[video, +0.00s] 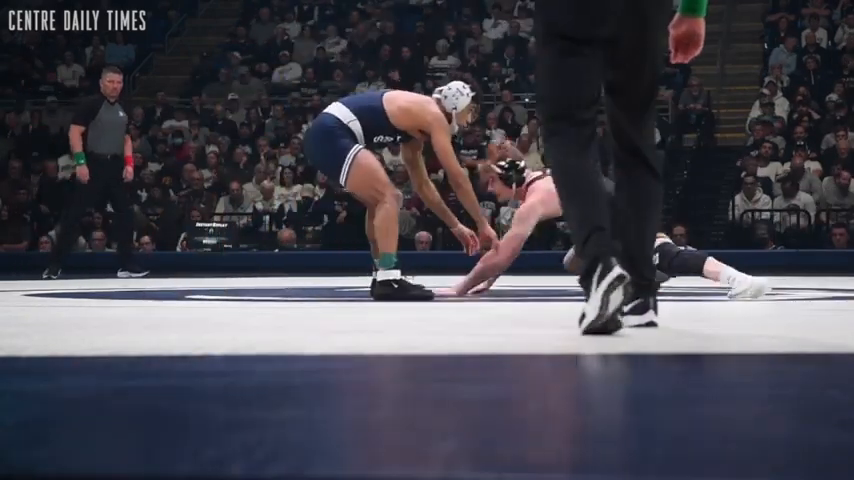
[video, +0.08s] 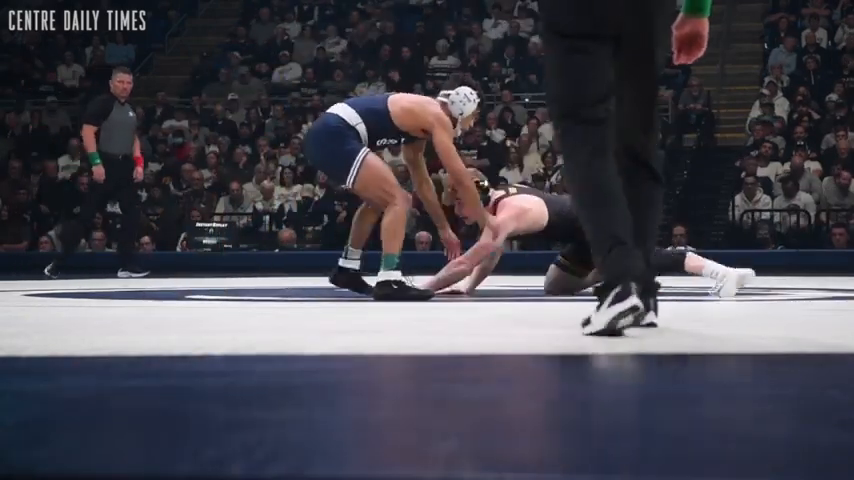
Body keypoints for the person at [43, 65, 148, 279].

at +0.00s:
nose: (115, 86)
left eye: (118, 82)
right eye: (111, 82)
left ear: (122, 85)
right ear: (101, 83)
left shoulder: (122, 109)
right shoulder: (91, 104)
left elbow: (126, 138)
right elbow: (75, 132)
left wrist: (129, 163)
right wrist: (80, 162)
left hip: (115, 167)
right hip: (93, 166)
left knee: (125, 213)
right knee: (74, 214)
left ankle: (126, 264)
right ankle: (55, 264)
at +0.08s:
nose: (124, 86)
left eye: (128, 83)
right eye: (120, 82)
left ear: (132, 86)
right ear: (111, 84)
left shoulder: (130, 109)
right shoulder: (102, 103)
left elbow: (134, 137)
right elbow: (87, 132)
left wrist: (138, 163)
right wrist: (95, 162)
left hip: (125, 166)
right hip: (105, 164)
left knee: (132, 214)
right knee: (89, 214)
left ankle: (127, 263)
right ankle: (59, 261)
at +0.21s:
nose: (137, 86)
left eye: (140, 83)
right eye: (132, 82)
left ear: (144, 86)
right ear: (123, 83)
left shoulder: (140, 109)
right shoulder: (114, 103)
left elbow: (143, 138)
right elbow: (103, 133)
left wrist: (151, 162)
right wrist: (116, 161)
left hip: (134, 164)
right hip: (113, 163)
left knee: (135, 213)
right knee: (108, 211)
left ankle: (129, 264)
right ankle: (78, 253)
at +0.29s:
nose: (143, 85)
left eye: (147, 82)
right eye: (139, 81)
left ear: (150, 84)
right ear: (129, 83)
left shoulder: (145, 107)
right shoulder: (122, 101)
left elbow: (149, 137)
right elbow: (112, 132)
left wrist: (161, 162)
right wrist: (127, 161)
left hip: (139, 162)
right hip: (122, 161)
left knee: (138, 212)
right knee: (129, 209)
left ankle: (129, 263)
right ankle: (100, 254)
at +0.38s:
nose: (151, 86)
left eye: (154, 82)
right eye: (146, 81)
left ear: (157, 85)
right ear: (137, 82)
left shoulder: (152, 107)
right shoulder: (130, 101)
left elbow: (155, 137)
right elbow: (118, 131)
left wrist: (169, 160)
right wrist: (133, 160)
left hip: (143, 161)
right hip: (128, 160)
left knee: (140, 210)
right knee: (138, 209)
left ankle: (129, 260)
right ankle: (126, 260)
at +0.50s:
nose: (162, 87)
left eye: (166, 83)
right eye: (158, 82)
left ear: (168, 86)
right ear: (148, 83)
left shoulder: (161, 107)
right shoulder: (141, 101)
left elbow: (163, 138)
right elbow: (128, 131)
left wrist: (178, 159)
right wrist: (139, 162)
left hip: (153, 163)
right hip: (140, 163)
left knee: (142, 214)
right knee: (163, 209)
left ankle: (129, 264)